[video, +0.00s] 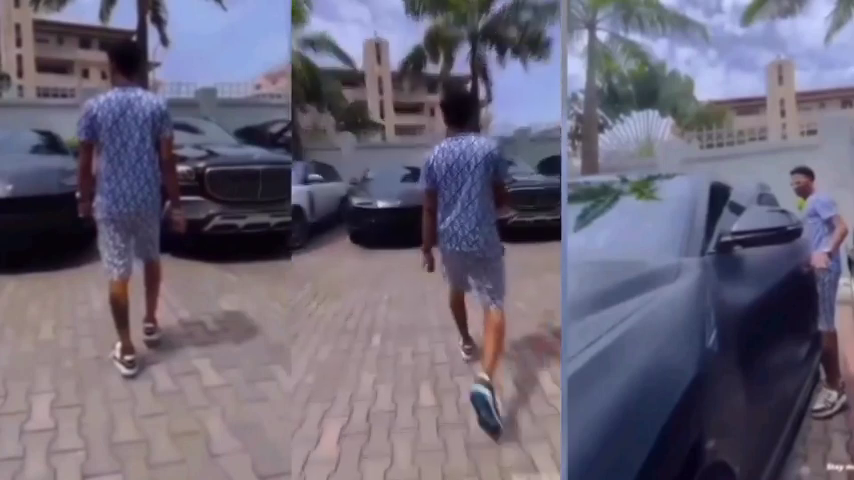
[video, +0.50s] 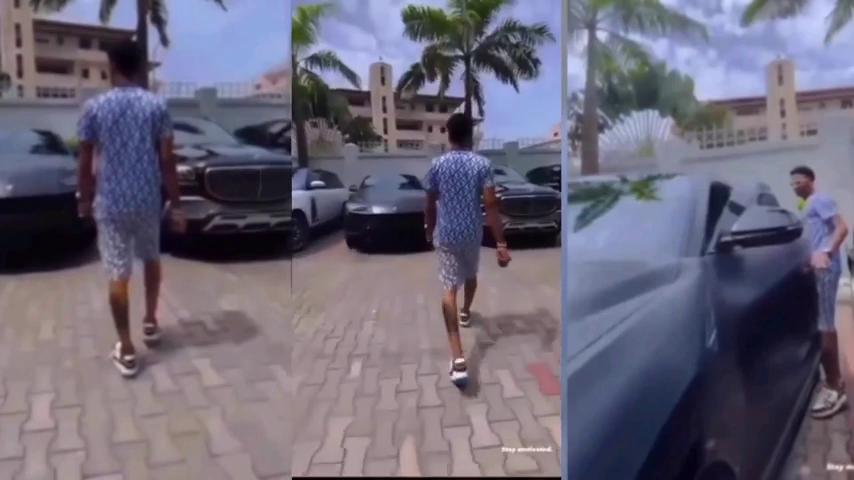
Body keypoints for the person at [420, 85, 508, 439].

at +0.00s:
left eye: (447, 113)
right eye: (473, 112)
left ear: (444, 116)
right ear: (476, 115)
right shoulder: (489, 149)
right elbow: (501, 196)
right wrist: (502, 205)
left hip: (450, 238)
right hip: (483, 238)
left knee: (457, 291)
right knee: (494, 303)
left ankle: (466, 342)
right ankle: (486, 377)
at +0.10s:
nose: (441, 128)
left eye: (440, 124)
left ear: (441, 126)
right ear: (468, 124)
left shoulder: (432, 159)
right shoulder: (480, 155)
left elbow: (427, 204)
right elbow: (489, 195)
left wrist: (427, 237)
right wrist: (491, 223)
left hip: (445, 234)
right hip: (474, 233)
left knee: (452, 286)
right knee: (483, 286)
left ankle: (461, 337)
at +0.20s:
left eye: (440, 124)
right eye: (468, 123)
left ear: (441, 126)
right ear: (467, 124)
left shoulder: (431, 158)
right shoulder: (478, 155)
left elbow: (426, 199)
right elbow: (488, 198)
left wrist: (428, 228)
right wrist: (495, 231)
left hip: (444, 232)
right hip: (473, 231)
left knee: (452, 286)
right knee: (479, 276)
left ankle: (461, 346)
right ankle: (479, 327)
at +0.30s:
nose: (443, 133)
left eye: (441, 129)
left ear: (443, 131)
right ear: (467, 129)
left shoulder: (434, 159)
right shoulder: (480, 159)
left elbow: (426, 201)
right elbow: (490, 202)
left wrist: (431, 228)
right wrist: (500, 239)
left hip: (443, 231)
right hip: (472, 230)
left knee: (452, 291)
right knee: (475, 273)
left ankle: (461, 353)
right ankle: (474, 317)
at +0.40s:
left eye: (447, 134)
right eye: (467, 132)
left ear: (445, 135)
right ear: (469, 134)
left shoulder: (435, 164)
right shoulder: (481, 164)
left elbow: (427, 204)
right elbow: (491, 205)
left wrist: (432, 231)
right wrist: (501, 242)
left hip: (443, 235)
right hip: (471, 234)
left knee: (452, 293)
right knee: (472, 276)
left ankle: (460, 358)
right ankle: (469, 309)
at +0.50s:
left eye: (451, 132)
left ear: (449, 135)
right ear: (471, 135)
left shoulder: (438, 165)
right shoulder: (482, 164)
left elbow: (430, 203)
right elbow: (490, 205)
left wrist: (430, 230)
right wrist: (500, 243)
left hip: (445, 233)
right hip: (472, 233)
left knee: (449, 290)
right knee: (470, 276)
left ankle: (458, 357)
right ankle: (465, 313)